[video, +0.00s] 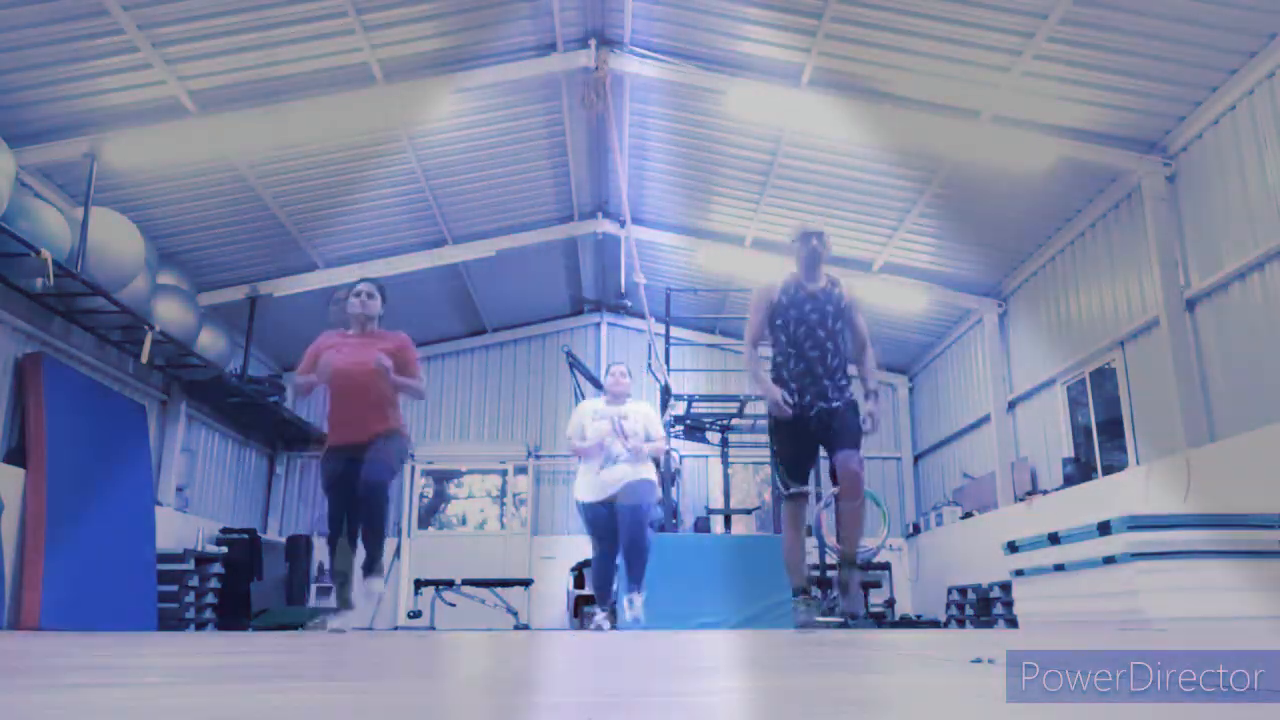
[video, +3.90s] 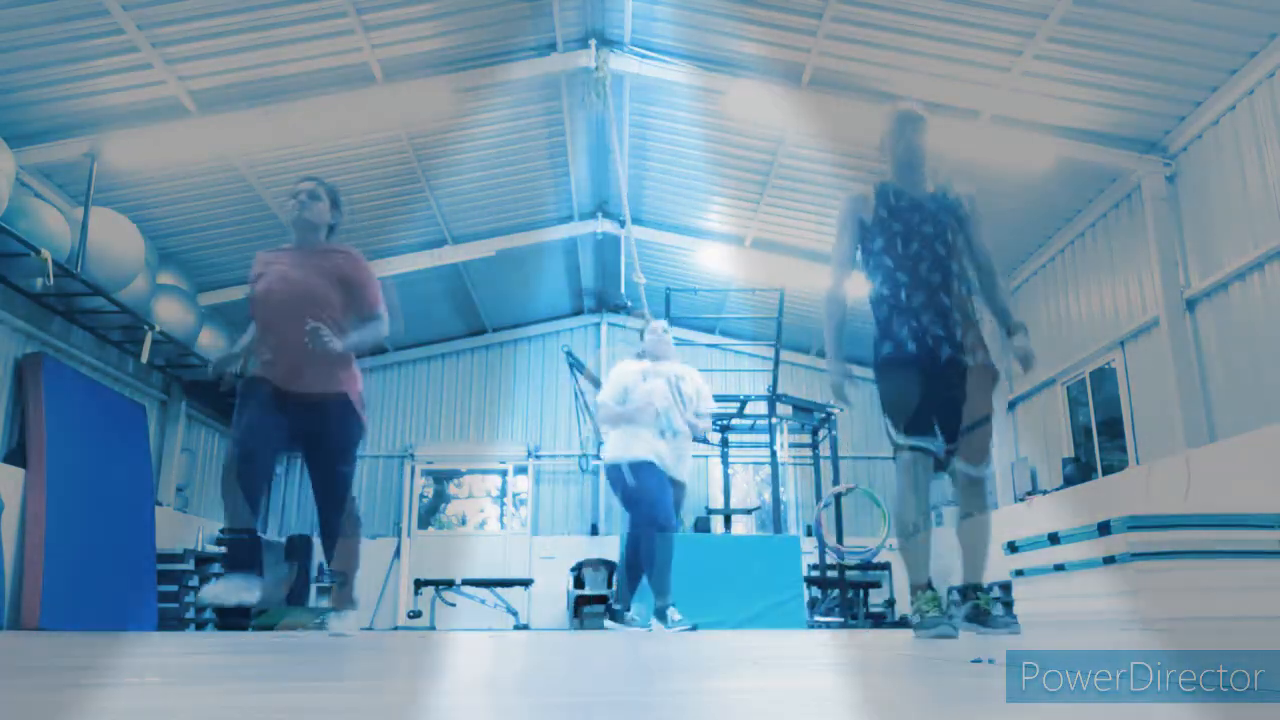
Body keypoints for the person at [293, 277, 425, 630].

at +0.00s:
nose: (362, 300)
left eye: (370, 296)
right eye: (356, 295)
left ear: (381, 306)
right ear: (346, 305)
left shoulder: (397, 341)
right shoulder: (327, 341)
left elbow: (420, 389)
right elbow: (296, 385)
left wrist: (391, 377)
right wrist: (316, 378)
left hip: (385, 436)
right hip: (341, 441)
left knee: (372, 482)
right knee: (339, 517)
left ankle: (373, 569)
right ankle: (343, 604)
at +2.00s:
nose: (350, 262)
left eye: (359, 257)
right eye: (345, 256)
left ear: (374, 268)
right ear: (336, 266)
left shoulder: (390, 310)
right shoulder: (321, 309)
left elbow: (413, 364)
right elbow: (314, 362)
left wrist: (372, 372)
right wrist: (298, 392)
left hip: (366, 420)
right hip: (320, 418)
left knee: (352, 510)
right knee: (295, 489)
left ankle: (352, 605)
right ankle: (320, 561)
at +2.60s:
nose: (317, 250)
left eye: (326, 244)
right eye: (311, 244)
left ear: (341, 256)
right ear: (301, 255)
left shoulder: (361, 303)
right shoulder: (281, 308)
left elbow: (388, 363)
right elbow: (262, 366)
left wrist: (383, 419)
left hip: (347, 427)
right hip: (294, 431)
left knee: (341, 501)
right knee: (291, 527)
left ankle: (349, 559)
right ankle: (298, 612)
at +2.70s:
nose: (320, 233)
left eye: (328, 227)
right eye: (312, 227)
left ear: (342, 238)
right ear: (301, 237)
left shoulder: (363, 287)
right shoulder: (280, 283)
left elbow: (389, 348)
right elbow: (254, 343)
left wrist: (390, 398)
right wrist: (268, 312)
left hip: (344, 392)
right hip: (294, 401)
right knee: (292, 509)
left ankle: (339, 531)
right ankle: (296, 606)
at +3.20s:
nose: (321, 216)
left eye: (331, 212)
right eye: (314, 210)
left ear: (346, 228)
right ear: (302, 223)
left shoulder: (361, 276)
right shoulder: (275, 271)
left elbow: (385, 338)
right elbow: (249, 329)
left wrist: (377, 371)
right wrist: (274, 335)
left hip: (337, 386)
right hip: (281, 389)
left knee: (311, 467)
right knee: (281, 485)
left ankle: (301, 586)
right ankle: (302, 581)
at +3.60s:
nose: (317, 208)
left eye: (328, 202)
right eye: (310, 201)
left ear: (346, 217)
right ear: (301, 213)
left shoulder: (363, 265)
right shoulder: (282, 265)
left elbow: (396, 326)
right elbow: (268, 327)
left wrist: (355, 340)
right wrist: (244, 365)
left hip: (339, 396)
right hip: (286, 392)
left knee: (322, 491)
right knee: (253, 440)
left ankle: (308, 603)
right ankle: (276, 535)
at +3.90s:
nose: (300, 203)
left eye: (312, 198)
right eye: (294, 197)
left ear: (333, 215)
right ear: (285, 210)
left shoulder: (350, 263)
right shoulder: (265, 261)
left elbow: (380, 328)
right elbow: (262, 323)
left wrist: (344, 342)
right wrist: (234, 352)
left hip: (331, 397)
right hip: (270, 389)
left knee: (335, 499)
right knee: (243, 461)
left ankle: (343, 605)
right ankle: (241, 573)